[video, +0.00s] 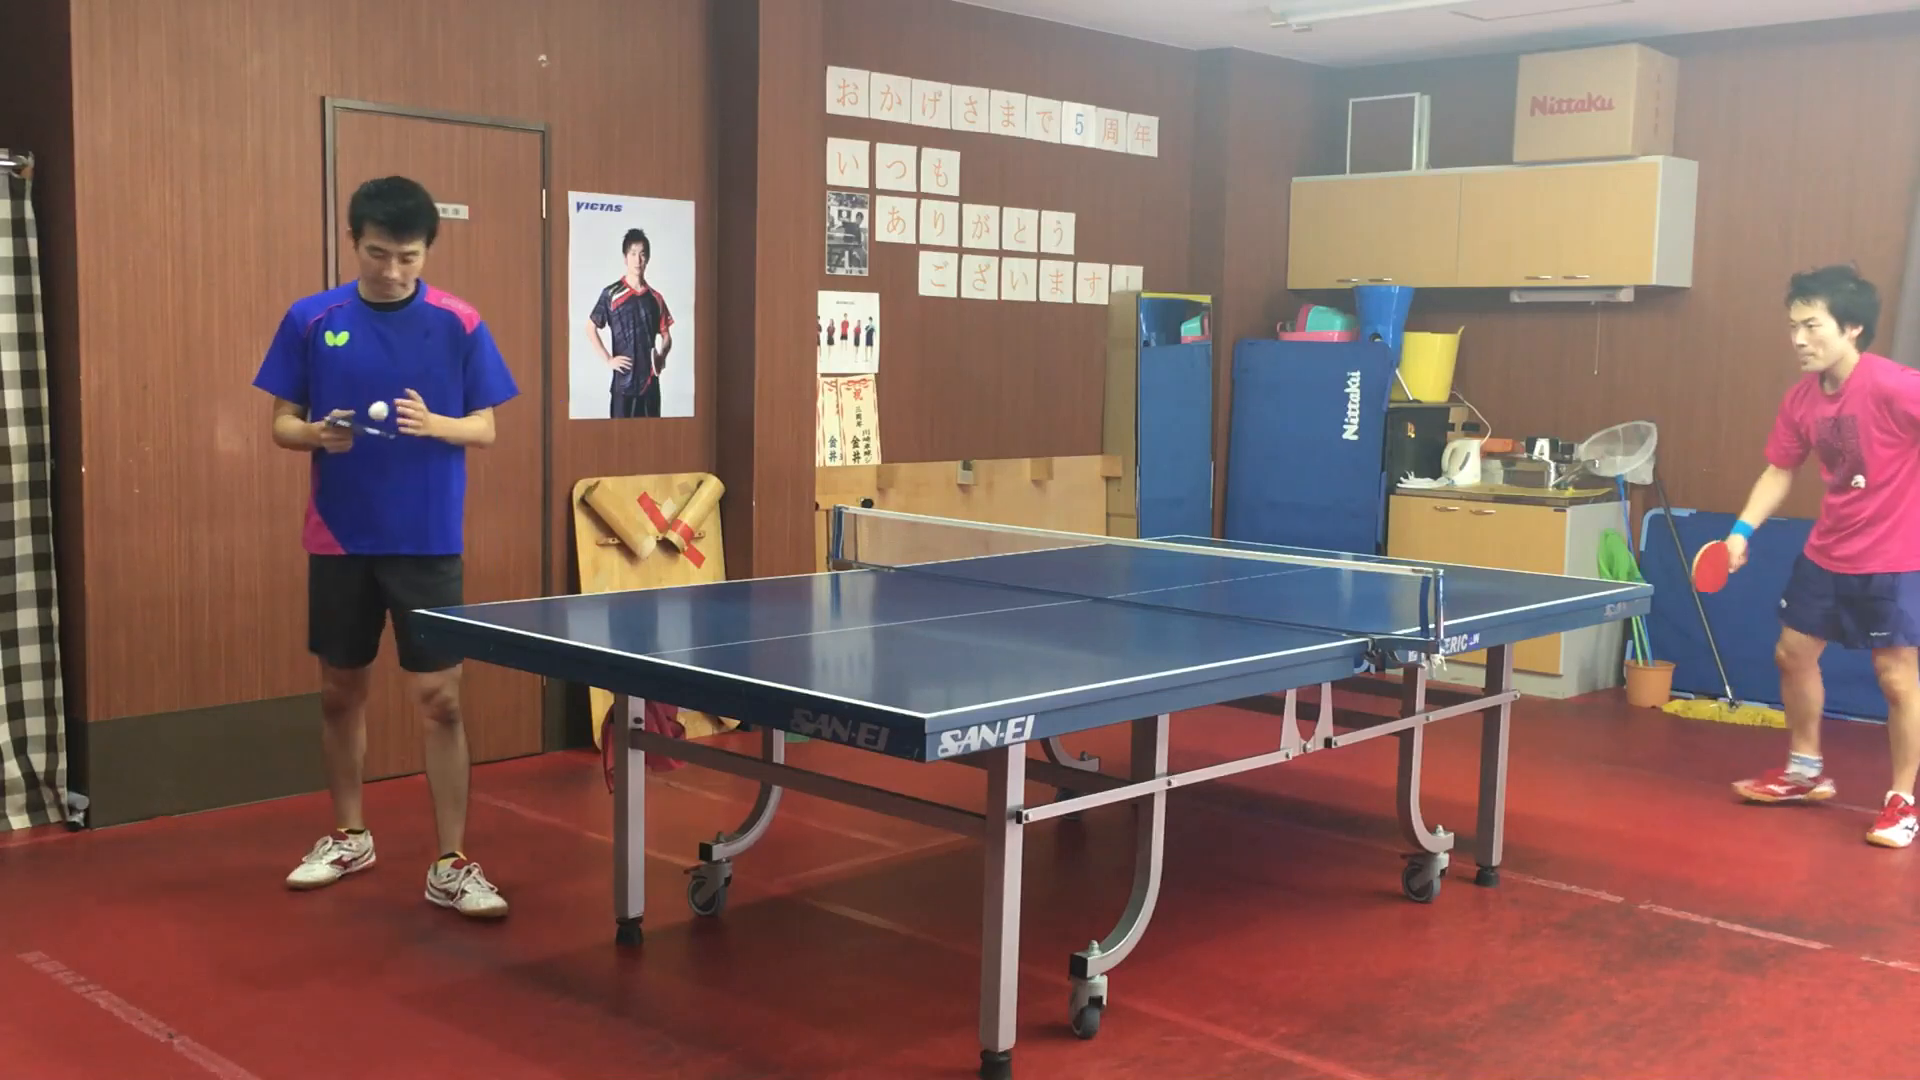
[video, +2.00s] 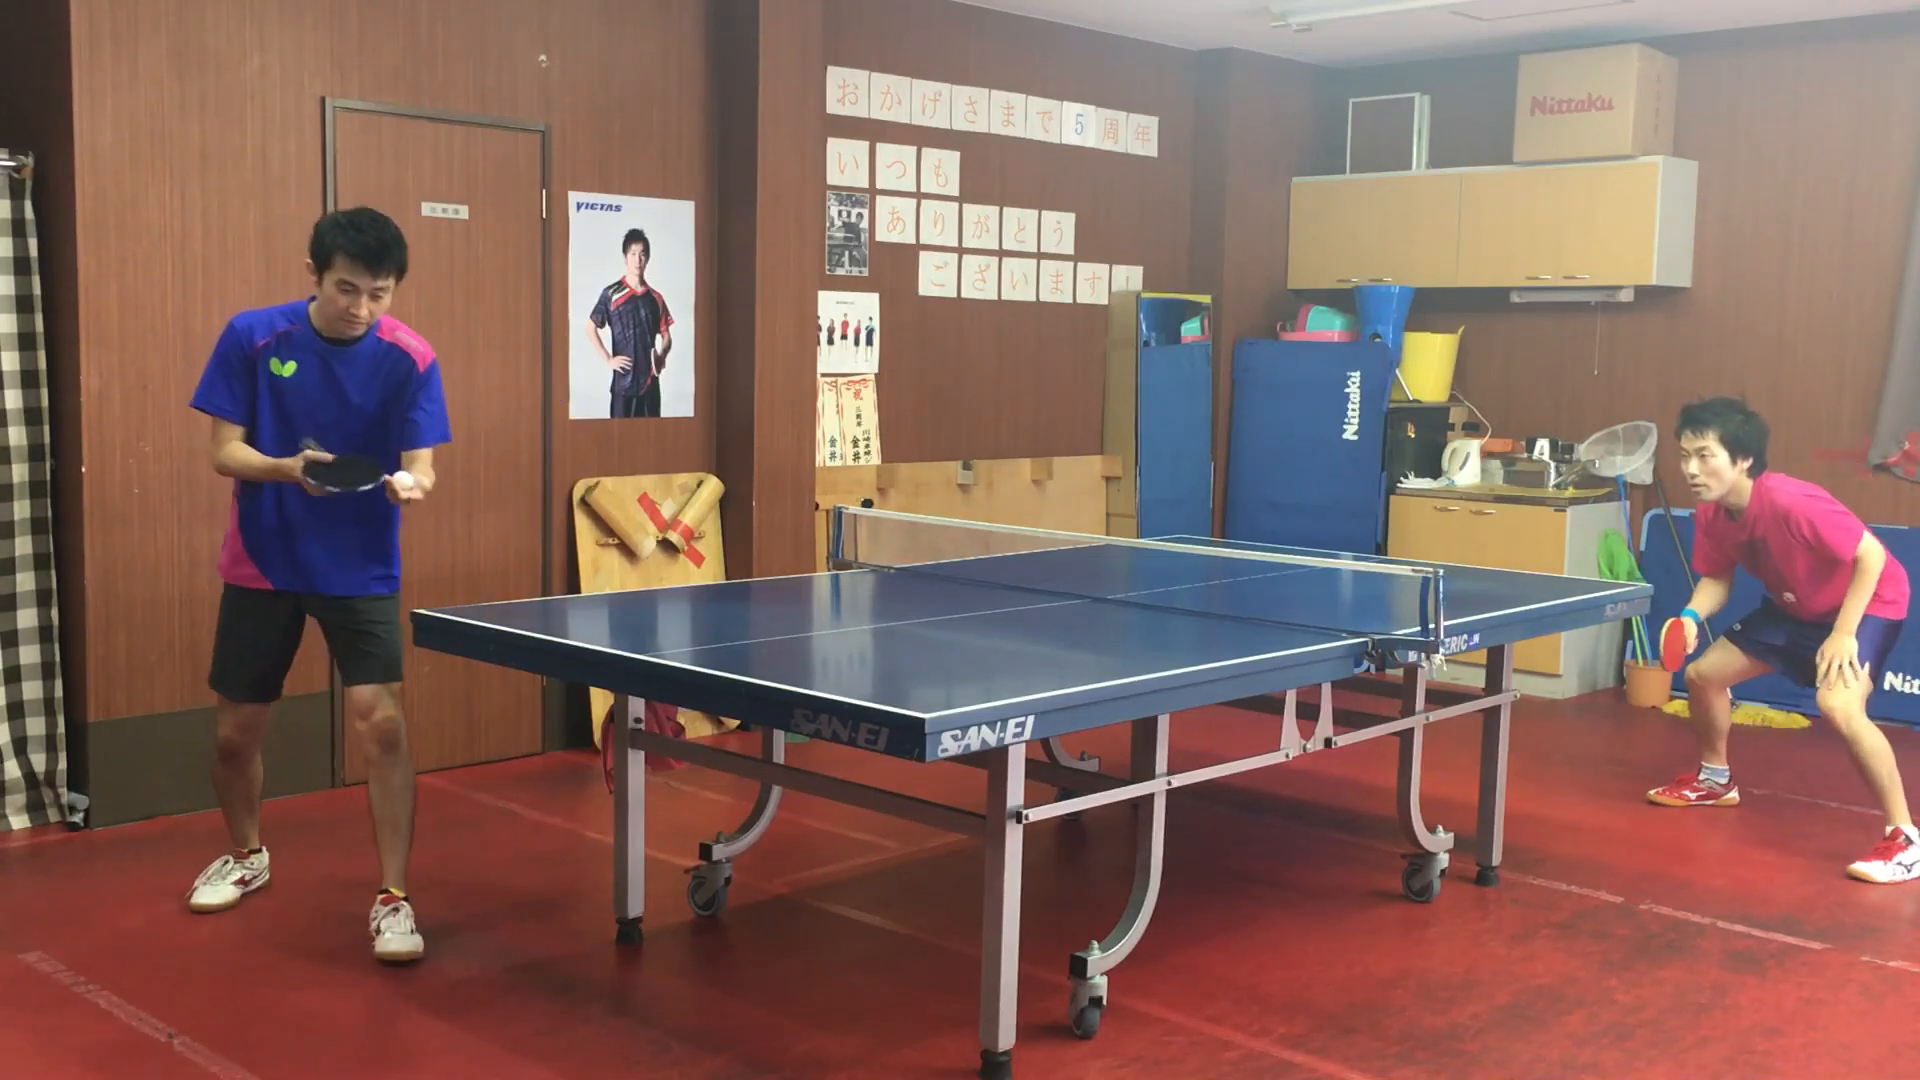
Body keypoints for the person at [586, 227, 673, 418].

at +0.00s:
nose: (638, 260)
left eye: (643, 254)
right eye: (633, 254)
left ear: (648, 258)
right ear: (625, 257)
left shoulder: (655, 298)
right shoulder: (611, 294)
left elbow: (666, 336)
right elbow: (591, 327)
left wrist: (662, 356)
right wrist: (608, 359)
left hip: (650, 379)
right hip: (624, 379)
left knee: (650, 436)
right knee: (622, 436)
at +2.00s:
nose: (638, 259)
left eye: (643, 254)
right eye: (633, 254)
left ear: (648, 258)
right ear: (625, 257)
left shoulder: (655, 297)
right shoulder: (611, 294)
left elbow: (666, 336)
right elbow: (591, 327)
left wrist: (662, 355)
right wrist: (608, 359)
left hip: (649, 378)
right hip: (624, 378)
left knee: (650, 435)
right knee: (622, 436)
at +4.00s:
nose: (639, 260)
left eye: (643, 254)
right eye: (633, 254)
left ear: (648, 258)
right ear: (625, 257)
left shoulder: (655, 297)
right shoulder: (611, 294)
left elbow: (666, 336)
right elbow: (590, 327)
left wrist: (661, 355)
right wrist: (608, 359)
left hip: (650, 380)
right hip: (624, 380)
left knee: (650, 437)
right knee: (622, 437)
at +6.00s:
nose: (638, 260)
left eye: (643, 254)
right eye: (633, 254)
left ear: (648, 258)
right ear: (625, 257)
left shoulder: (655, 297)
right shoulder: (611, 294)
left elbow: (666, 336)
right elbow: (590, 327)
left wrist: (661, 356)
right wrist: (608, 359)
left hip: (649, 378)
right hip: (624, 378)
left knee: (650, 435)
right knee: (622, 435)